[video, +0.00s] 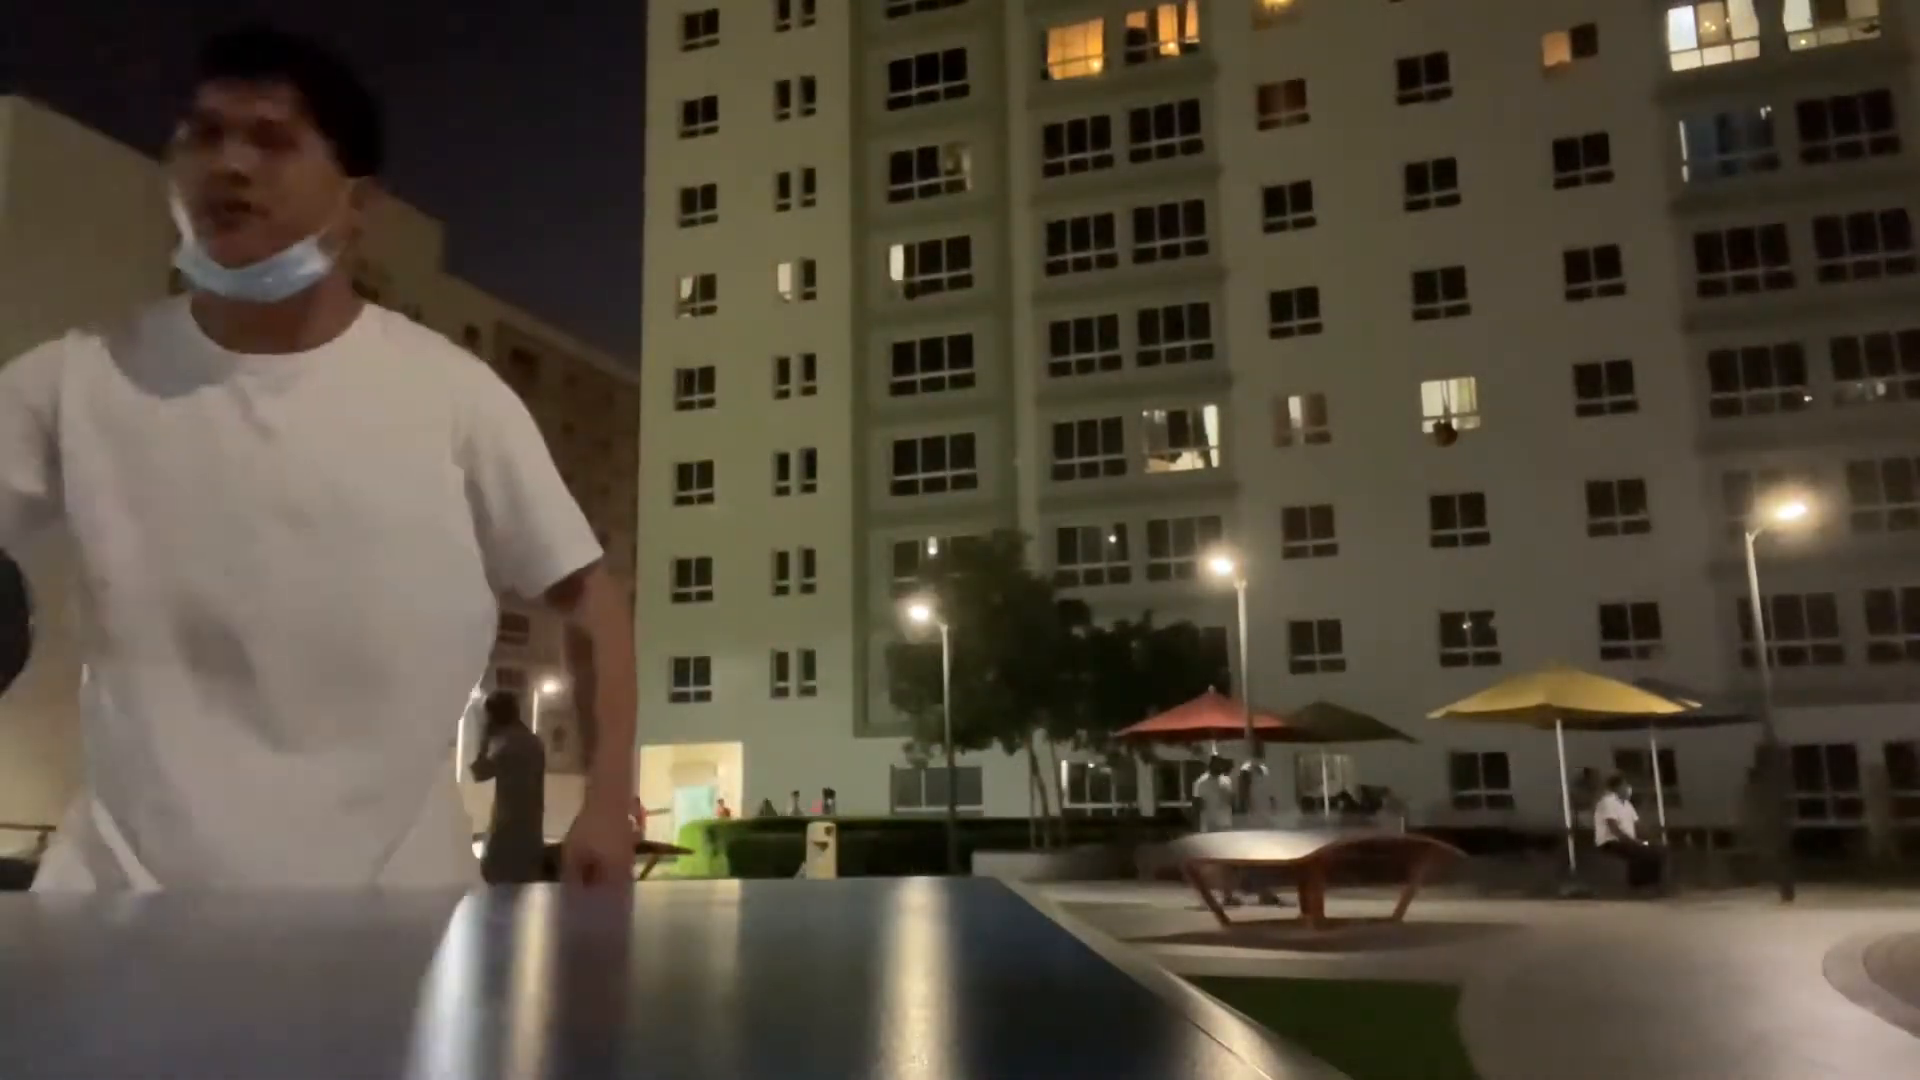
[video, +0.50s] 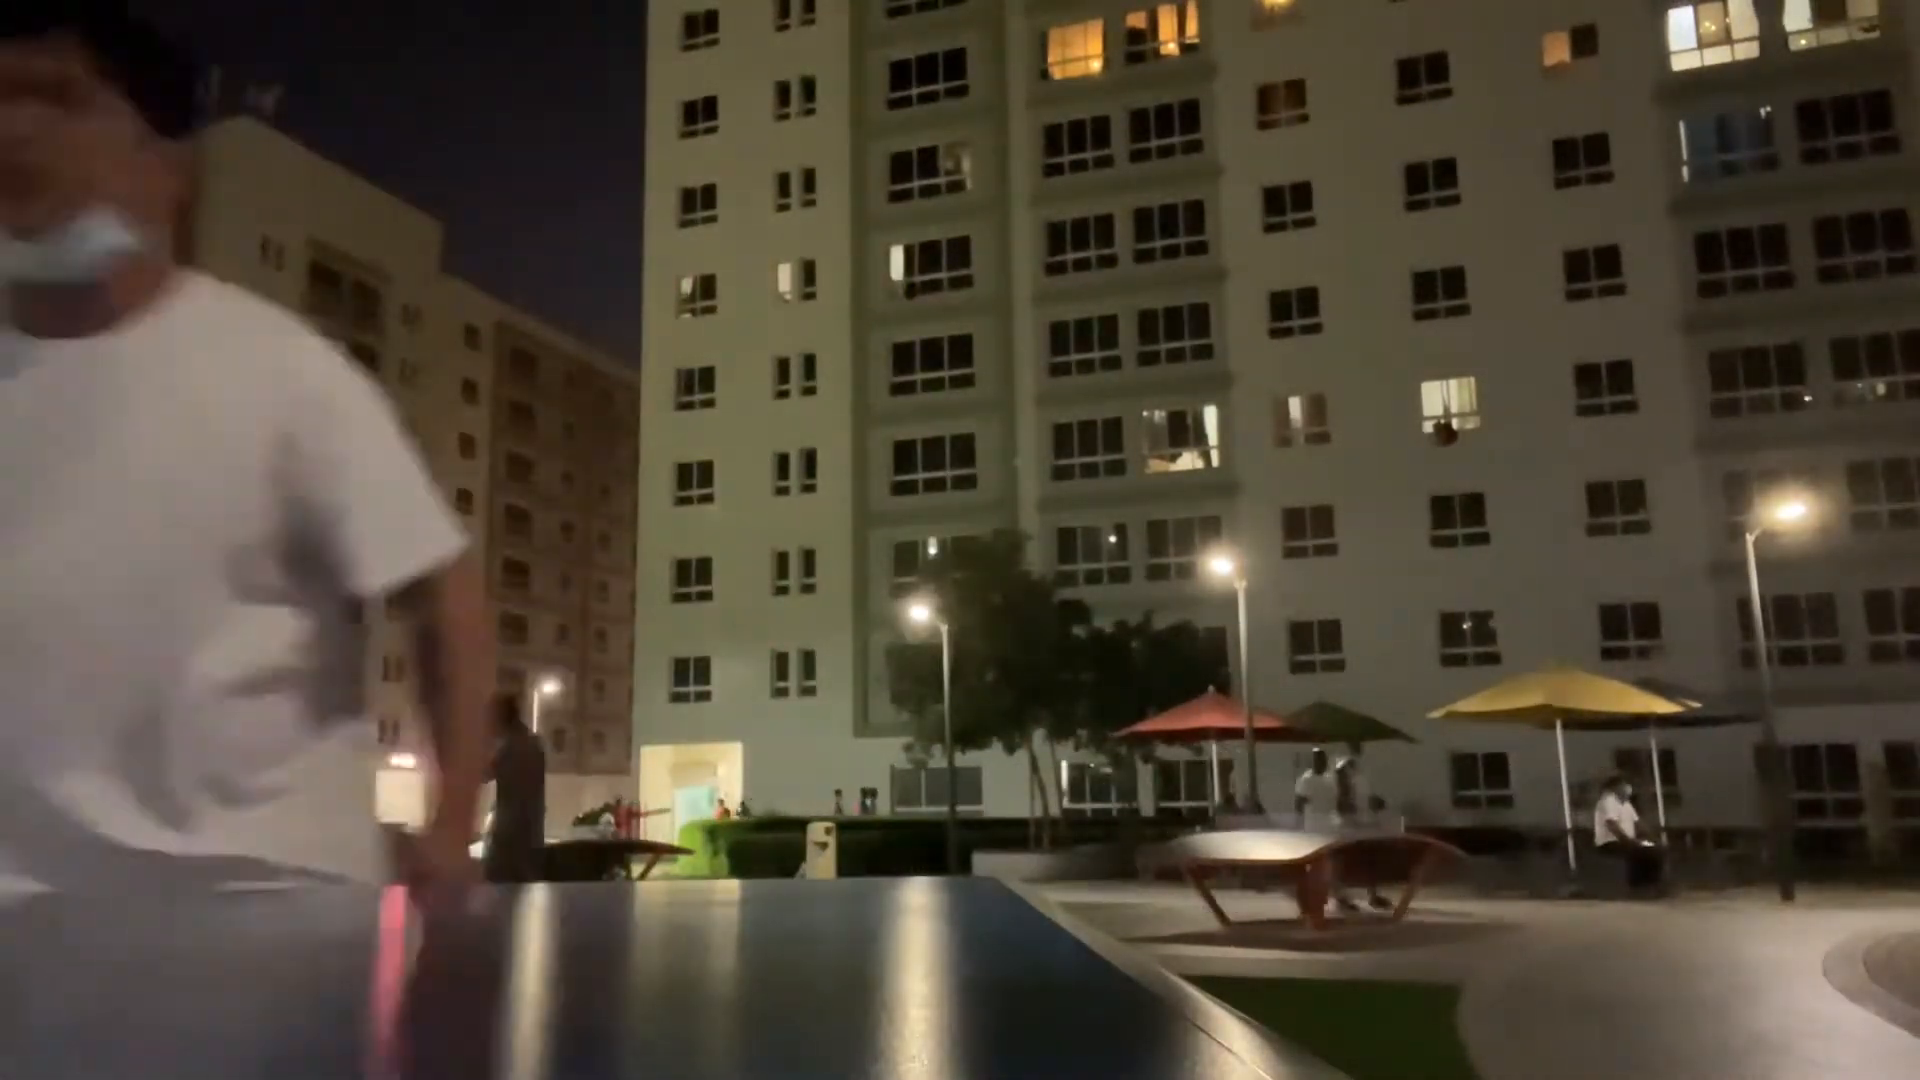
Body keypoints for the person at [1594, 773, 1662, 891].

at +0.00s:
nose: (1629, 790)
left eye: (1629, 787)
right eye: (1626, 786)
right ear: (1617, 788)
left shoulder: (1626, 803)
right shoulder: (1608, 801)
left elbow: (1636, 823)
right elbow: (1612, 826)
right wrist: (1634, 841)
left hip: (1627, 839)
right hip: (1609, 841)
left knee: (1652, 852)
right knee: (1637, 854)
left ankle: (1651, 886)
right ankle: (1636, 888)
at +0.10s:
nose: (1629, 790)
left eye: (1629, 786)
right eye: (1626, 786)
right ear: (1618, 787)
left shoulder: (1626, 803)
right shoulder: (1609, 801)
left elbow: (1636, 823)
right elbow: (1613, 824)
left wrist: (1644, 838)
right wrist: (1633, 841)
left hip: (1627, 840)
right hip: (1610, 841)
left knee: (1654, 851)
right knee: (1640, 853)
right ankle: (1637, 887)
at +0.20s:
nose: (1631, 790)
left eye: (1631, 787)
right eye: (1627, 786)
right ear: (1619, 786)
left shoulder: (1626, 803)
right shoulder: (1610, 799)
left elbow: (1636, 822)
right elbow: (1613, 822)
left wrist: (1647, 835)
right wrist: (1633, 841)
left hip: (1627, 841)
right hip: (1611, 843)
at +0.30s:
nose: (1630, 790)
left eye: (1630, 786)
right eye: (1627, 786)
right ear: (1618, 786)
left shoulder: (1626, 803)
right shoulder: (1610, 799)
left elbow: (1636, 822)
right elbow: (1613, 822)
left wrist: (1646, 836)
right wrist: (1633, 841)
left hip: (1626, 842)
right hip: (1611, 843)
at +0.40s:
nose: (1630, 790)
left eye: (1630, 786)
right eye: (1626, 786)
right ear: (1618, 787)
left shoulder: (1626, 804)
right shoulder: (1608, 800)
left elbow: (1636, 822)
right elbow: (1612, 822)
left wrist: (1645, 836)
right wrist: (1632, 841)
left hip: (1627, 841)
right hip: (1610, 842)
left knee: (1652, 852)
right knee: (1641, 855)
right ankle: (1638, 888)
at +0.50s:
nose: (1629, 789)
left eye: (1629, 785)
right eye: (1626, 785)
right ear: (1617, 787)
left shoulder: (1625, 802)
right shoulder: (1608, 800)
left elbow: (1636, 821)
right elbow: (1610, 822)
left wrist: (1651, 834)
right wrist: (1630, 841)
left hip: (1627, 840)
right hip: (1609, 843)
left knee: (1653, 851)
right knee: (1641, 855)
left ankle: (1651, 886)